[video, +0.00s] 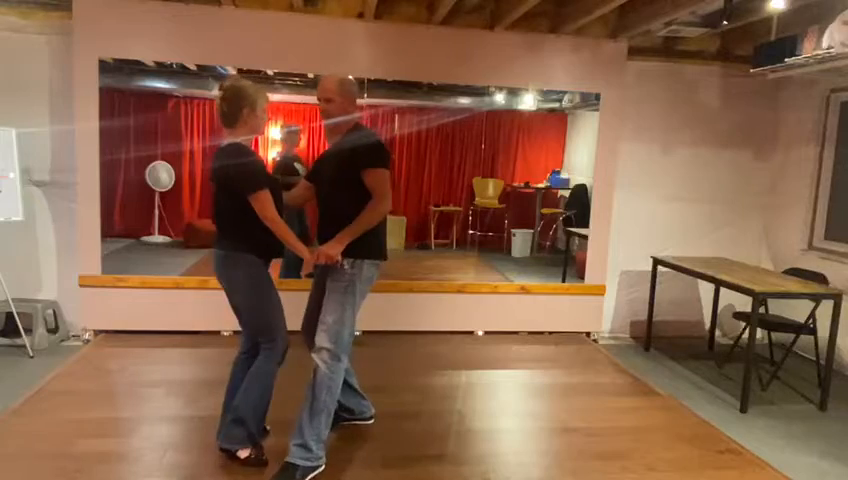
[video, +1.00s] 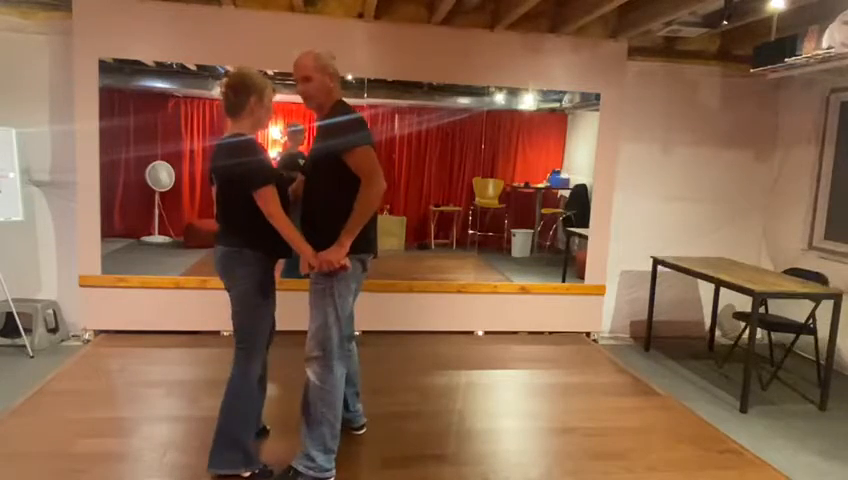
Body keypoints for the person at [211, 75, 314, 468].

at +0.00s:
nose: (267, 117)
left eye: (266, 111)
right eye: (264, 110)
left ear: (233, 114)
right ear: (248, 113)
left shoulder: (228, 155)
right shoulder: (243, 158)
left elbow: (265, 201)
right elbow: (269, 217)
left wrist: (301, 194)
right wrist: (306, 251)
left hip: (235, 257)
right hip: (244, 261)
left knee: (254, 343)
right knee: (274, 341)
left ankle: (235, 429)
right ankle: (238, 433)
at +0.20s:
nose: (267, 120)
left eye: (266, 113)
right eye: (264, 113)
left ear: (232, 115)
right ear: (249, 115)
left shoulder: (224, 156)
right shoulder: (248, 160)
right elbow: (269, 216)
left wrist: (287, 196)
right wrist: (305, 252)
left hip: (224, 258)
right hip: (243, 263)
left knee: (251, 344)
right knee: (275, 343)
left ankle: (234, 432)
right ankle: (240, 437)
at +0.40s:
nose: (269, 116)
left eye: (268, 109)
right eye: (266, 110)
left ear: (232, 112)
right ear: (252, 112)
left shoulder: (222, 155)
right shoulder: (253, 157)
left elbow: (223, 208)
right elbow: (271, 211)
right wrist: (303, 250)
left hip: (223, 254)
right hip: (246, 257)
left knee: (249, 345)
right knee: (267, 348)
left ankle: (230, 437)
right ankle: (241, 448)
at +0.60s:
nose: (272, 113)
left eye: (272, 106)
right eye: (269, 106)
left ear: (235, 109)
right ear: (256, 108)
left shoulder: (225, 151)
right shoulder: (255, 152)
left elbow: (220, 207)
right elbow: (275, 208)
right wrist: (306, 248)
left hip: (229, 251)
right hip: (250, 255)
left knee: (254, 341)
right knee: (256, 346)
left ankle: (243, 424)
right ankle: (235, 454)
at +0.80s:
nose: (272, 113)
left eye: (271, 105)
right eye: (270, 105)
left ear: (233, 106)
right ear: (256, 105)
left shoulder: (224, 151)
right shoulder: (252, 152)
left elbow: (221, 205)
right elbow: (276, 207)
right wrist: (307, 248)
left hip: (231, 252)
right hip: (251, 256)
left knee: (255, 342)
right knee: (254, 350)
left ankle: (248, 422)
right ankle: (231, 457)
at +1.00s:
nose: (271, 111)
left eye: (271, 104)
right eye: (269, 103)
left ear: (233, 104)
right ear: (254, 103)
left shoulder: (225, 149)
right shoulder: (248, 150)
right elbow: (272, 210)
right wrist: (306, 249)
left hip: (236, 253)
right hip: (250, 258)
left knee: (258, 343)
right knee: (250, 353)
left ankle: (249, 424)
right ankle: (230, 459)